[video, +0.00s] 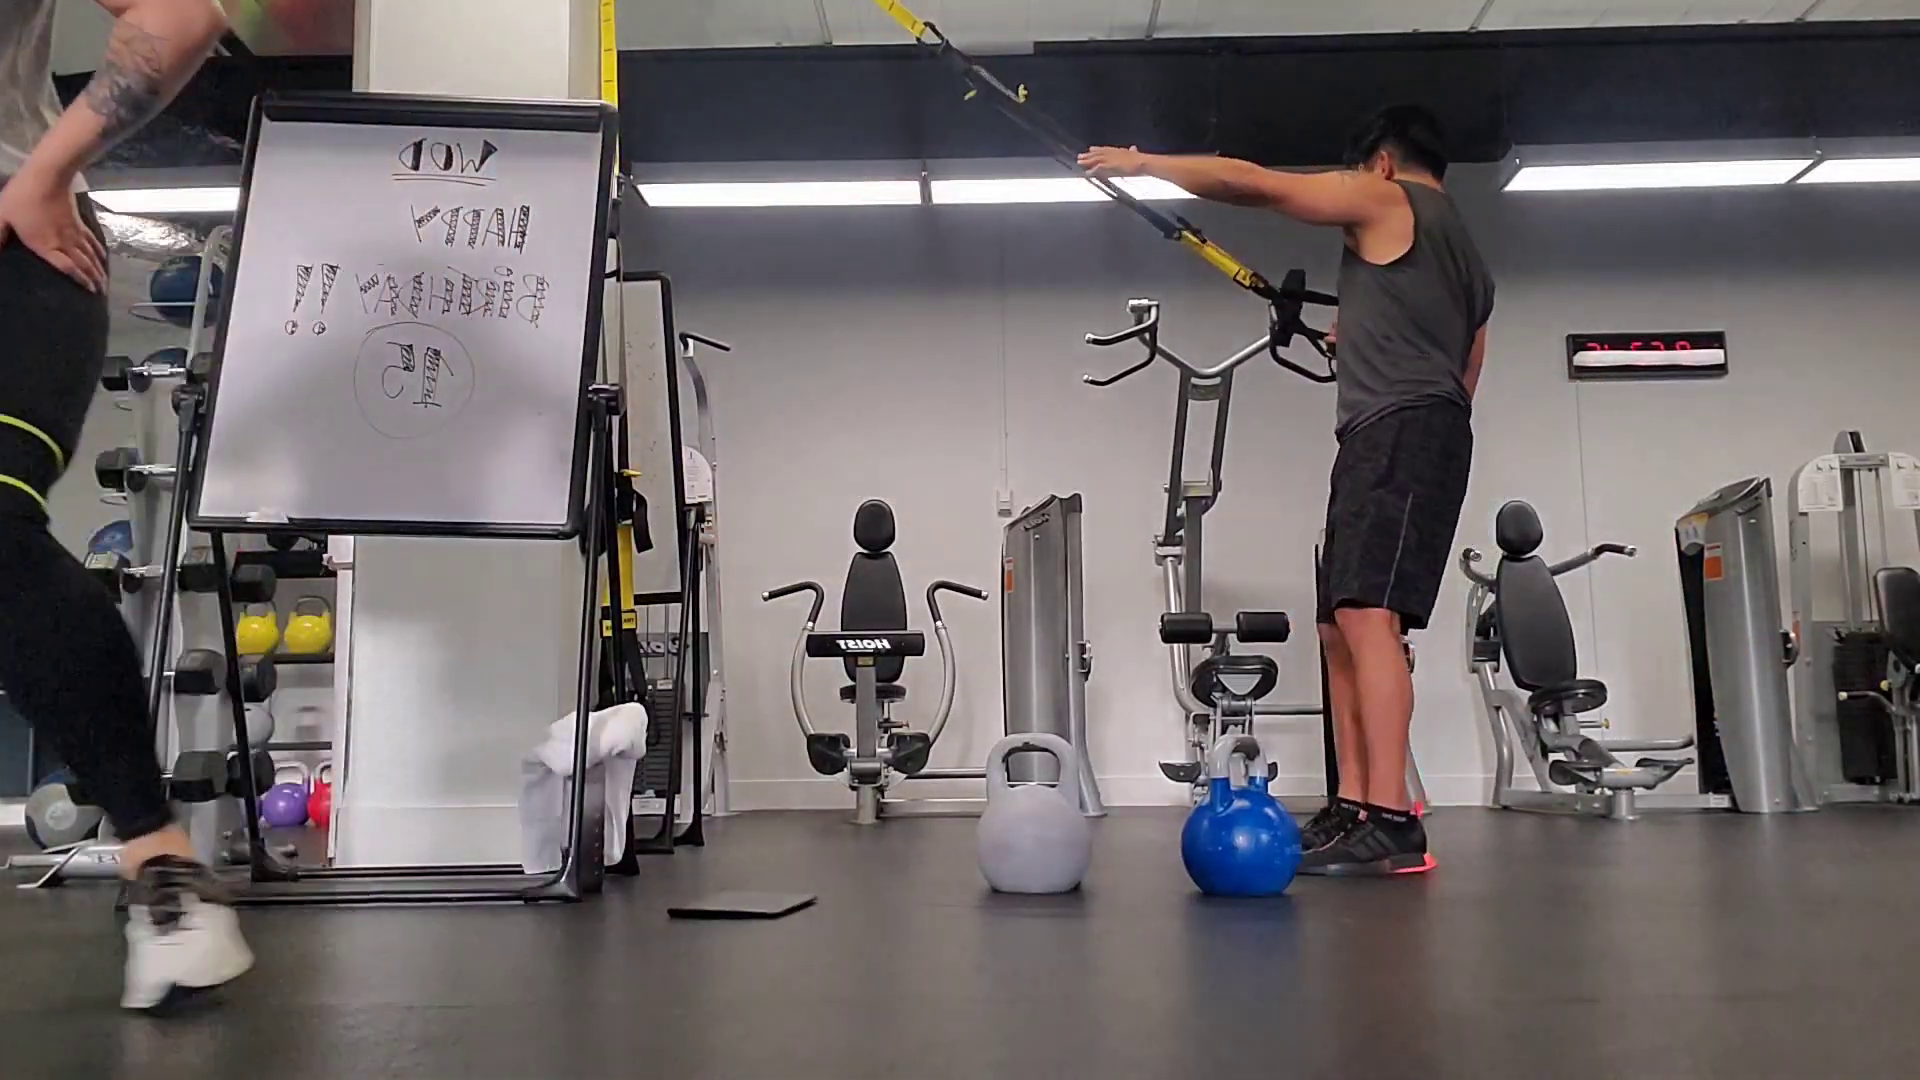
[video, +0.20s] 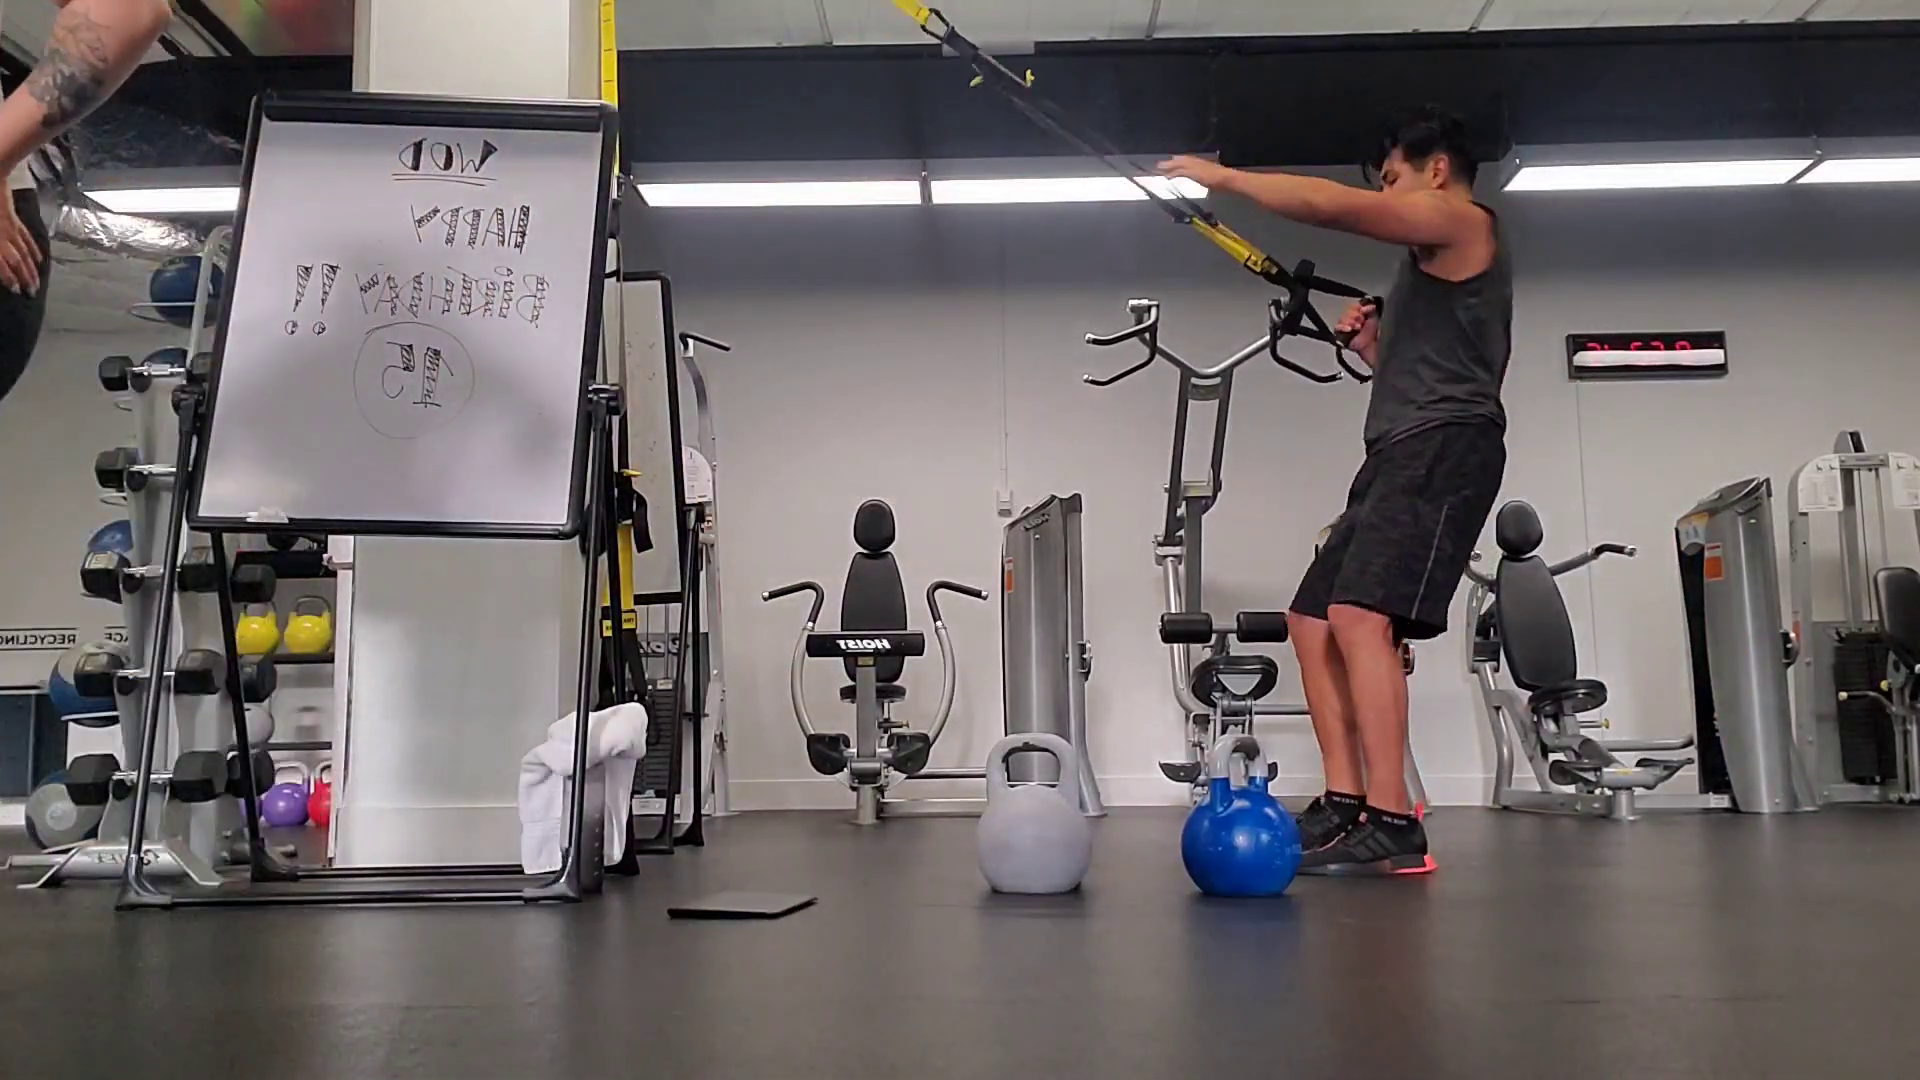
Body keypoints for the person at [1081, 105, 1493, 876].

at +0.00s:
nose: (1360, 178)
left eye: (1363, 166)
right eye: (1363, 167)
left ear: (1384, 159)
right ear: (1437, 169)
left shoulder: (1385, 197)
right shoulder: (1468, 257)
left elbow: (1261, 184)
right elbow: (1461, 383)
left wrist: (1142, 161)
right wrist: (1360, 343)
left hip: (1402, 427)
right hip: (1416, 433)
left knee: (1367, 616)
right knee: (1340, 624)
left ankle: (1392, 820)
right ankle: (1355, 810)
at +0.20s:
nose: (1387, 194)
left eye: (1392, 179)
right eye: (1386, 183)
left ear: (1436, 167)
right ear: (1437, 174)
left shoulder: (1462, 218)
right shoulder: (1437, 244)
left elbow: (1332, 206)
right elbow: (1432, 374)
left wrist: (1225, 177)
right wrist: (1378, 346)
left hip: (1445, 441)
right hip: (1402, 448)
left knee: (1359, 614)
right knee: (1311, 617)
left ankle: (1395, 822)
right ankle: (1347, 801)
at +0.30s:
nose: (1407, 222)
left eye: (1417, 203)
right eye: (1404, 209)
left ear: (1467, 197)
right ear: (1455, 207)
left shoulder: (1509, 263)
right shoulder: (1446, 299)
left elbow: (1412, 262)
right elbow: (1413, 420)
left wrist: (1300, 216)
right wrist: (1371, 361)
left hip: (1467, 482)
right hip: (1416, 486)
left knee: (1343, 621)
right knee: (1300, 629)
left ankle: (1394, 824)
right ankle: (1350, 809)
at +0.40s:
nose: (1441, 259)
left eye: (1455, 242)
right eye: (1437, 248)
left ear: (1506, 238)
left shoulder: (1547, 314)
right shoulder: (1471, 346)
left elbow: (1518, 353)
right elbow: (1404, 438)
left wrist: (1386, 291)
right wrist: (1370, 372)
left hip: (1487, 529)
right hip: (1434, 530)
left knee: (1335, 624)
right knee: (1288, 633)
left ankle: (1390, 822)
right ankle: (1347, 811)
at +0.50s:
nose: (1480, 310)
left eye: (1495, 293)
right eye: (1474, 300)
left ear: (1548, 293)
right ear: (1474, 312)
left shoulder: (1588, 379)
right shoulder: (1490, 393)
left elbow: (1601, 462)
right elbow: (1400, 448)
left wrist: (1486, 408)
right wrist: (1369, 374)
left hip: (1515, 578)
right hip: (1460, 575)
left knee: (1340, 625)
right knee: (1286, 638)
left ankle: (1389, 821)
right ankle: (1343, 809)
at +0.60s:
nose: (1519, 364)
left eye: (1535, 348)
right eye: (1512, 352)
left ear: (1587, 350)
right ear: (1505, 356)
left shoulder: (1628, 451)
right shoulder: (1507, 437)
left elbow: (1678, 566)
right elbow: (1406, 458)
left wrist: (1618, 564)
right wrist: (1365, 387)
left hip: (1536, 641)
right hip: (1471, 628)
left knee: (1362, 621)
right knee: (1297, 637)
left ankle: (1393, 822)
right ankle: (1342, 811)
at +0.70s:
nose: (1556, 415)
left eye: (1574, 400)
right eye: (1548, 402)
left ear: (1625, 405)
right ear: (1541, 408)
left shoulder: (1663, 515)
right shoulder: (1525, 477)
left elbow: (1713, 620)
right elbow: (1417, 468)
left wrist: (1734, 674)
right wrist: (1364, 396)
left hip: (1551, 699)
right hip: (1480, 683)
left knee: (1400, 623)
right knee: (1313, 638)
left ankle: (1398, 824)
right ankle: (1343, 813)